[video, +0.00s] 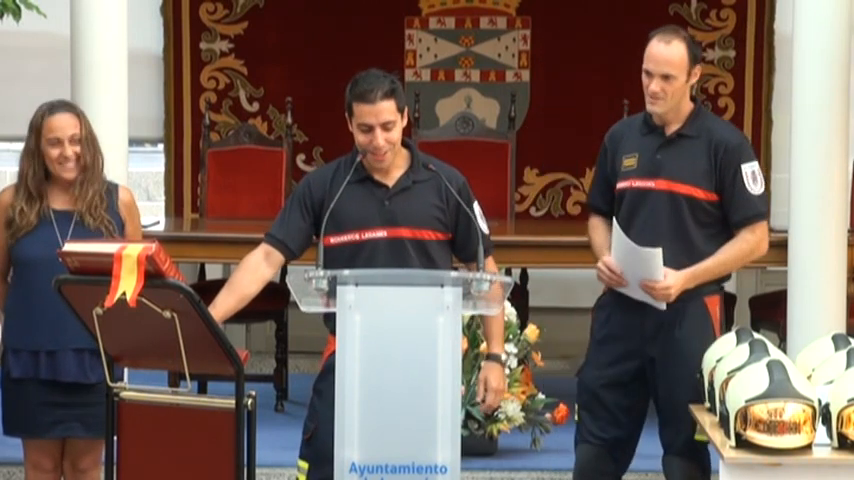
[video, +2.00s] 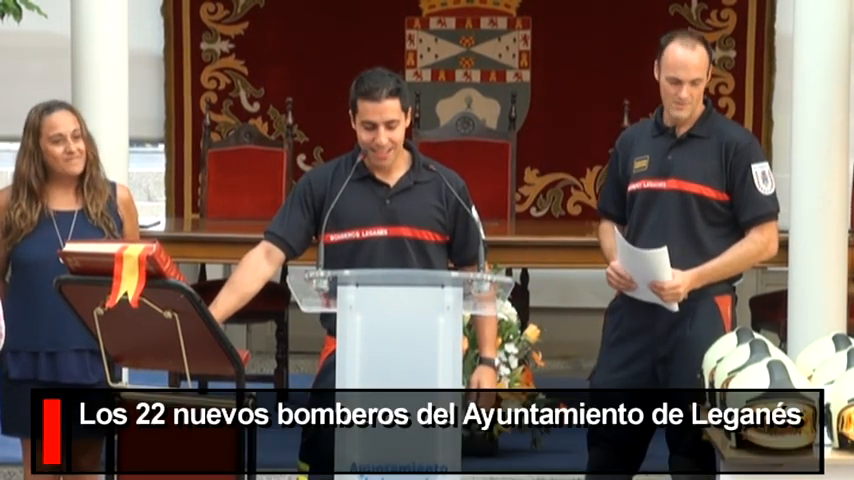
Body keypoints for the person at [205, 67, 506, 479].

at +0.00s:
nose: (378, 141)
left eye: (387, 127)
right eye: (366, 129)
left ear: (405, 120)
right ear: (349, 125)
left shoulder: (447, 186)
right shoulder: (322, 186)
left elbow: (486, 273)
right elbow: (267, 257)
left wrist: (494, 357)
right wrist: (207, 321)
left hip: (428, 356)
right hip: (349, 356)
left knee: (425, 469)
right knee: (323, 466)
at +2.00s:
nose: (380, 139)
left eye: (391, 125)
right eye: (369, 126)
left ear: (408, 119)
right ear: (353, 123)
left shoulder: (447, 188)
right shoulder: (323, 184)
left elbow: (477, 279)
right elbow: (267, 255)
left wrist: (487, 361)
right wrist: (207, 322)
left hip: (428, 352)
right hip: (348, 351)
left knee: (429, 467)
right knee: (322, 462)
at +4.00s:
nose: (380, 139)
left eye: (390, 126)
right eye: (368, 127)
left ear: (406, 118)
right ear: (351, 122)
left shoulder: (445, 188)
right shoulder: (322, 184)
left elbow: (475, 280)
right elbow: (267, 255)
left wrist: (482, 364)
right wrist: (207, 322)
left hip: (427, 351)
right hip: (347, 350)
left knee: (429, 469)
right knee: (329, 465)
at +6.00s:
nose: (380, 139)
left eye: (391, 126)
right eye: (369, 127)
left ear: (411, 120)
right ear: (355, 123)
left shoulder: (449, 191)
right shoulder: (326, 184)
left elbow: (478, 282)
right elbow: (271, 256)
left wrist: (486, 366)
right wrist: (213, 322)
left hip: (430, 357)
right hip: (350, 355)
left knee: (432, 471)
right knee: (331, 467)